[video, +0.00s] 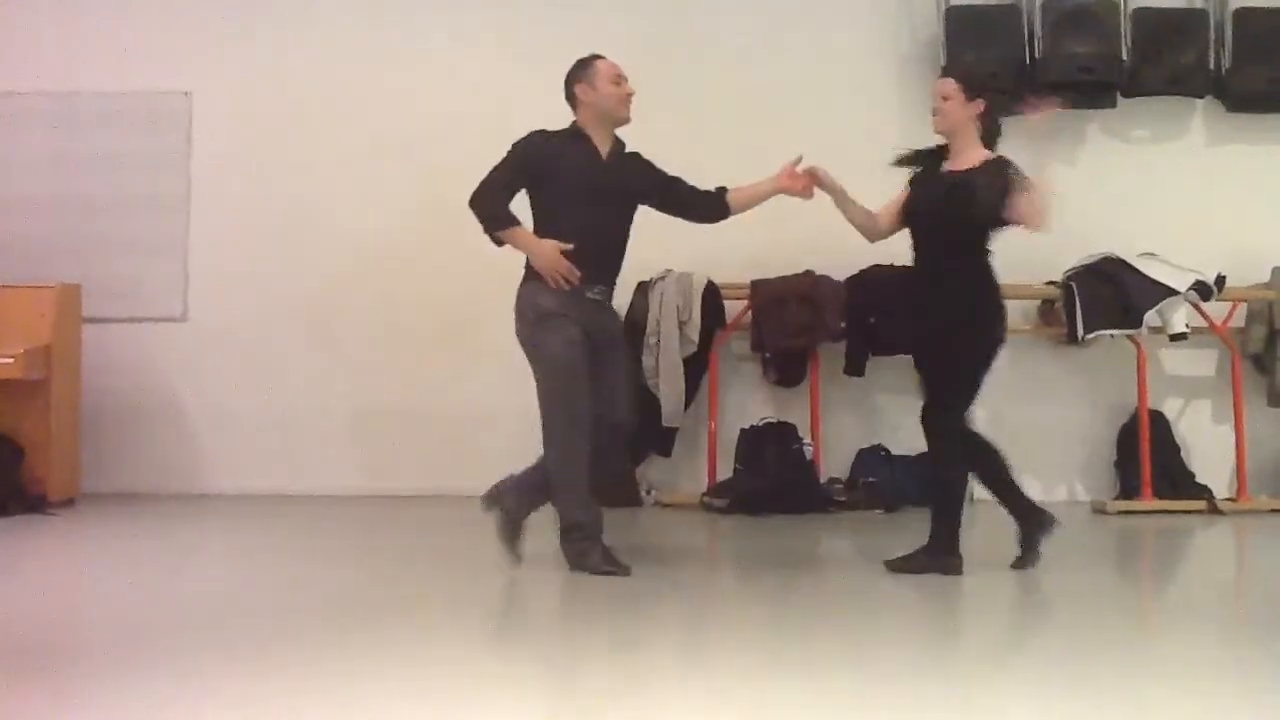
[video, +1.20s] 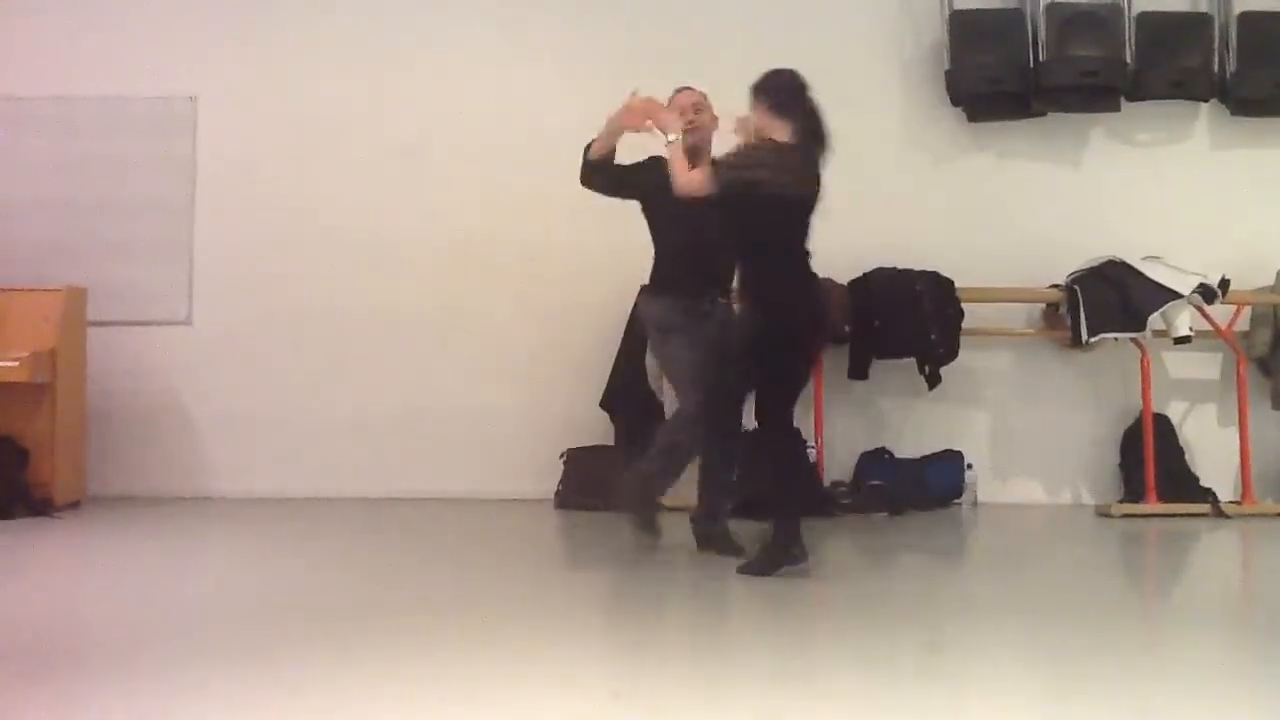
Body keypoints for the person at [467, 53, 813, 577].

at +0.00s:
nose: (630, 89)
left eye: (627, 81)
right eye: (616, 81)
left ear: (606, 96)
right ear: (581, 93)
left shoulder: (630, 168)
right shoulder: (543, 148)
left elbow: (704, 206)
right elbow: (486, 201)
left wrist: (775, 184)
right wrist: (532, 246)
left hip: (600, 310)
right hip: (549, 300)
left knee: (618, 424)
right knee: (570, 413)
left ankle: (515, 495)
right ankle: (582, 541)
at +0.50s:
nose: (620, 95)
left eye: (619, 86)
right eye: (607, 88)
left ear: (609, 101)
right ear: (575, 102)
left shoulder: (618, 170)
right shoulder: (559, 151)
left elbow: (656, 232)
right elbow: (524, 196)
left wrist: (703, 206)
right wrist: (590, 204)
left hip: (603, 310)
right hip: (571, 305)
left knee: (600, 420)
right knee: (600, 419)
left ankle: (510, 505)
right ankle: (587, 540)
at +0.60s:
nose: (629, 98)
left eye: (628, 91)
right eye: (616, 91)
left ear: (625, 102)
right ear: (585, 105)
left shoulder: (624, 171)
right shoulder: (577, 153)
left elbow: (643, 242)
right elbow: (604, 180)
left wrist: (686, 206)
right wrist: (665, 171)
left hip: (625, 309)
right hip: (592, 307)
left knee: (646, 420)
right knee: (614, 417)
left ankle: (588, 505)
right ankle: (589, 541)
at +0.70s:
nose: (637, 102)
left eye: (638, 95)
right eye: (624, 96)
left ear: (639, 106)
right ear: (595, 110)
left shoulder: (634, 168)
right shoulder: (590, 157)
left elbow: (654, 235)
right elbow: (634, 165)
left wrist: (686, 198)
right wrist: (690, 152)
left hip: (639, 311)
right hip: (602, 311)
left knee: (673, 408)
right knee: (620, 418)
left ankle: (645, 512)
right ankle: (591, 538)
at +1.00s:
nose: (672, 110)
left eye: (677, 103)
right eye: (660, 104)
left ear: (688, 113)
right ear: (643, 119)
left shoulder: (692, 168)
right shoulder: (633, 162)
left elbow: (720, 210)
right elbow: (606, 165)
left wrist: (713, 157)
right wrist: (663, 133)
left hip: (703, 311)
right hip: (657, 311)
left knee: (716, 421)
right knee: (641, 421)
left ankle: (710, 523)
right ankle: (603, 531)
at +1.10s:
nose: (692, 114)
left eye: (695, 108)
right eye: (681, 107)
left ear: (703, 119)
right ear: (659, 122)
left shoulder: (720, 176)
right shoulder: (652, 175)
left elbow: (764, 196)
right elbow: (596, 178)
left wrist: (742, 151)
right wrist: (624, 134)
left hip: (712, 312)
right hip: (664, 310)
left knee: (724, 418)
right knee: (681, 415)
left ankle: (711, 523)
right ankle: (625, 512)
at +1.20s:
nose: (694, 116)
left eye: (701, 108)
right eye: (684, 110)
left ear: (716, 122)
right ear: (668, 124)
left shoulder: (731, 179)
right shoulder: (655, 174)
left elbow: (751, 238)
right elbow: (594, 177)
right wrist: (614, 129)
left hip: (717, 307)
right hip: (665, 306)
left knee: (722, 413)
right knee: (698, 403)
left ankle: (711, 521)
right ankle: (643, 486)